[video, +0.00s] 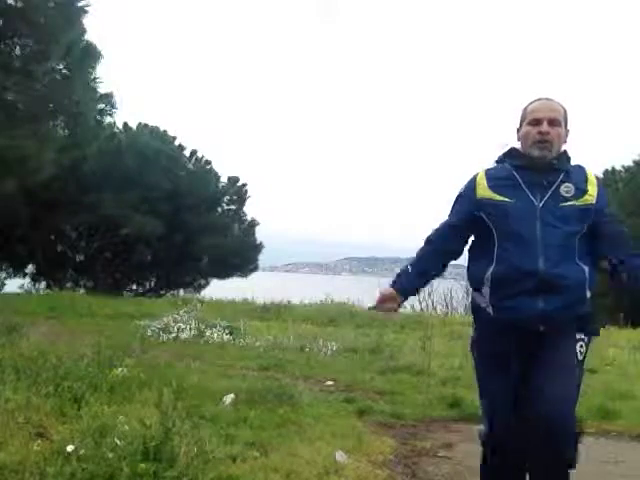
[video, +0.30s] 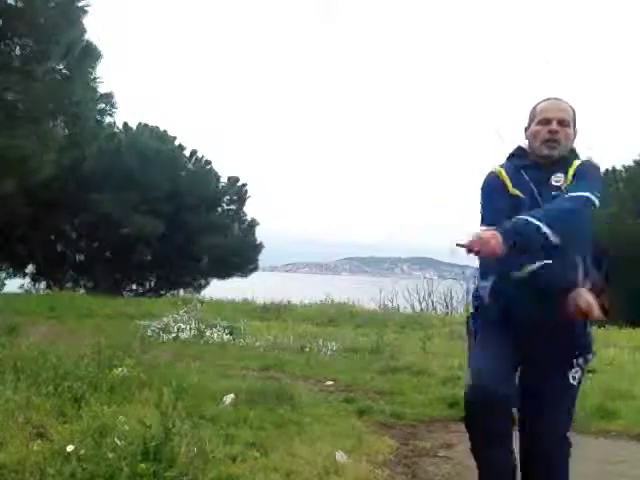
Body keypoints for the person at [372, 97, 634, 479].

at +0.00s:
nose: (543, 130)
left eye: (553, 124)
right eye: (534, 123)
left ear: (566, 135)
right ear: (519, 132)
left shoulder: (587, 188)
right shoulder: (485, 184)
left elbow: (620, 252)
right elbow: (443, 244)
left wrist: (632, 282)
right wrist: (400, 288)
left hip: (562, 329)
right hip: (498, 329)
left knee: (554, 426)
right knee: (502, 433)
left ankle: (551, 473)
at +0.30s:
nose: (553, 129)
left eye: (562, 124)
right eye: (544, 123)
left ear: (574, 135)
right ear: (527, 132)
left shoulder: (585, 173)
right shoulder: (500, 179)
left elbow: (571, 212)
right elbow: (503, 257)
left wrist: (507, 236)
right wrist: (566, 286)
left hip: (560, 320)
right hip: (499, 318)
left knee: (547, 438)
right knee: (485, 401)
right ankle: (498, 473)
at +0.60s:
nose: (550, 134)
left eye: (559, 129)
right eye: (540, 127)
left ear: (569, 141)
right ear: (522, 137)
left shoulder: (588, 195)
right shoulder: (489, 194)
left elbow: (603, 253)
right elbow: (467, 259)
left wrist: (606, 290)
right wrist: (450, 315)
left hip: (567, 335)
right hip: (503, 336)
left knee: (565, 428)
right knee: (509, 445)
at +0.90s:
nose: (556, 132)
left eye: (564, 127)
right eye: (546, 126)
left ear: (573, 140)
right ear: (525, 138)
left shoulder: (592, 196)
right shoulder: (490, 196)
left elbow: (626, 258)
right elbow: (457, 256)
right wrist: (408, 291)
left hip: (567, 343)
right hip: (497, 339)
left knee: (553, 453)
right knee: (488, 419)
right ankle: (506, 473)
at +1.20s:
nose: (554, 145)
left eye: (559, 140)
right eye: (543, 139)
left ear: (565, 151)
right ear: (517, 151)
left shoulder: (584, 208)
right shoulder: (482, 210)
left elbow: (615, 271)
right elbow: (450, 266)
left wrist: (639, 283)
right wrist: (403, 290)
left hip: (566, 353)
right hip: (499, 356)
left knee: (565, 440)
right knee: (505, 460)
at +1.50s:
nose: (568, 150)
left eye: (573, 144)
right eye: (556, 143)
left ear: (578, 155)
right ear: (530, 155)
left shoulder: (596, 211)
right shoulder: (493, 209)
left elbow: (626, 267)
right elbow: (460, 263)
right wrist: (421, 282)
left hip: (571, 352)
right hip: (503, 350)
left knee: (557, 455)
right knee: (498, 428)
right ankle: (524, 474)